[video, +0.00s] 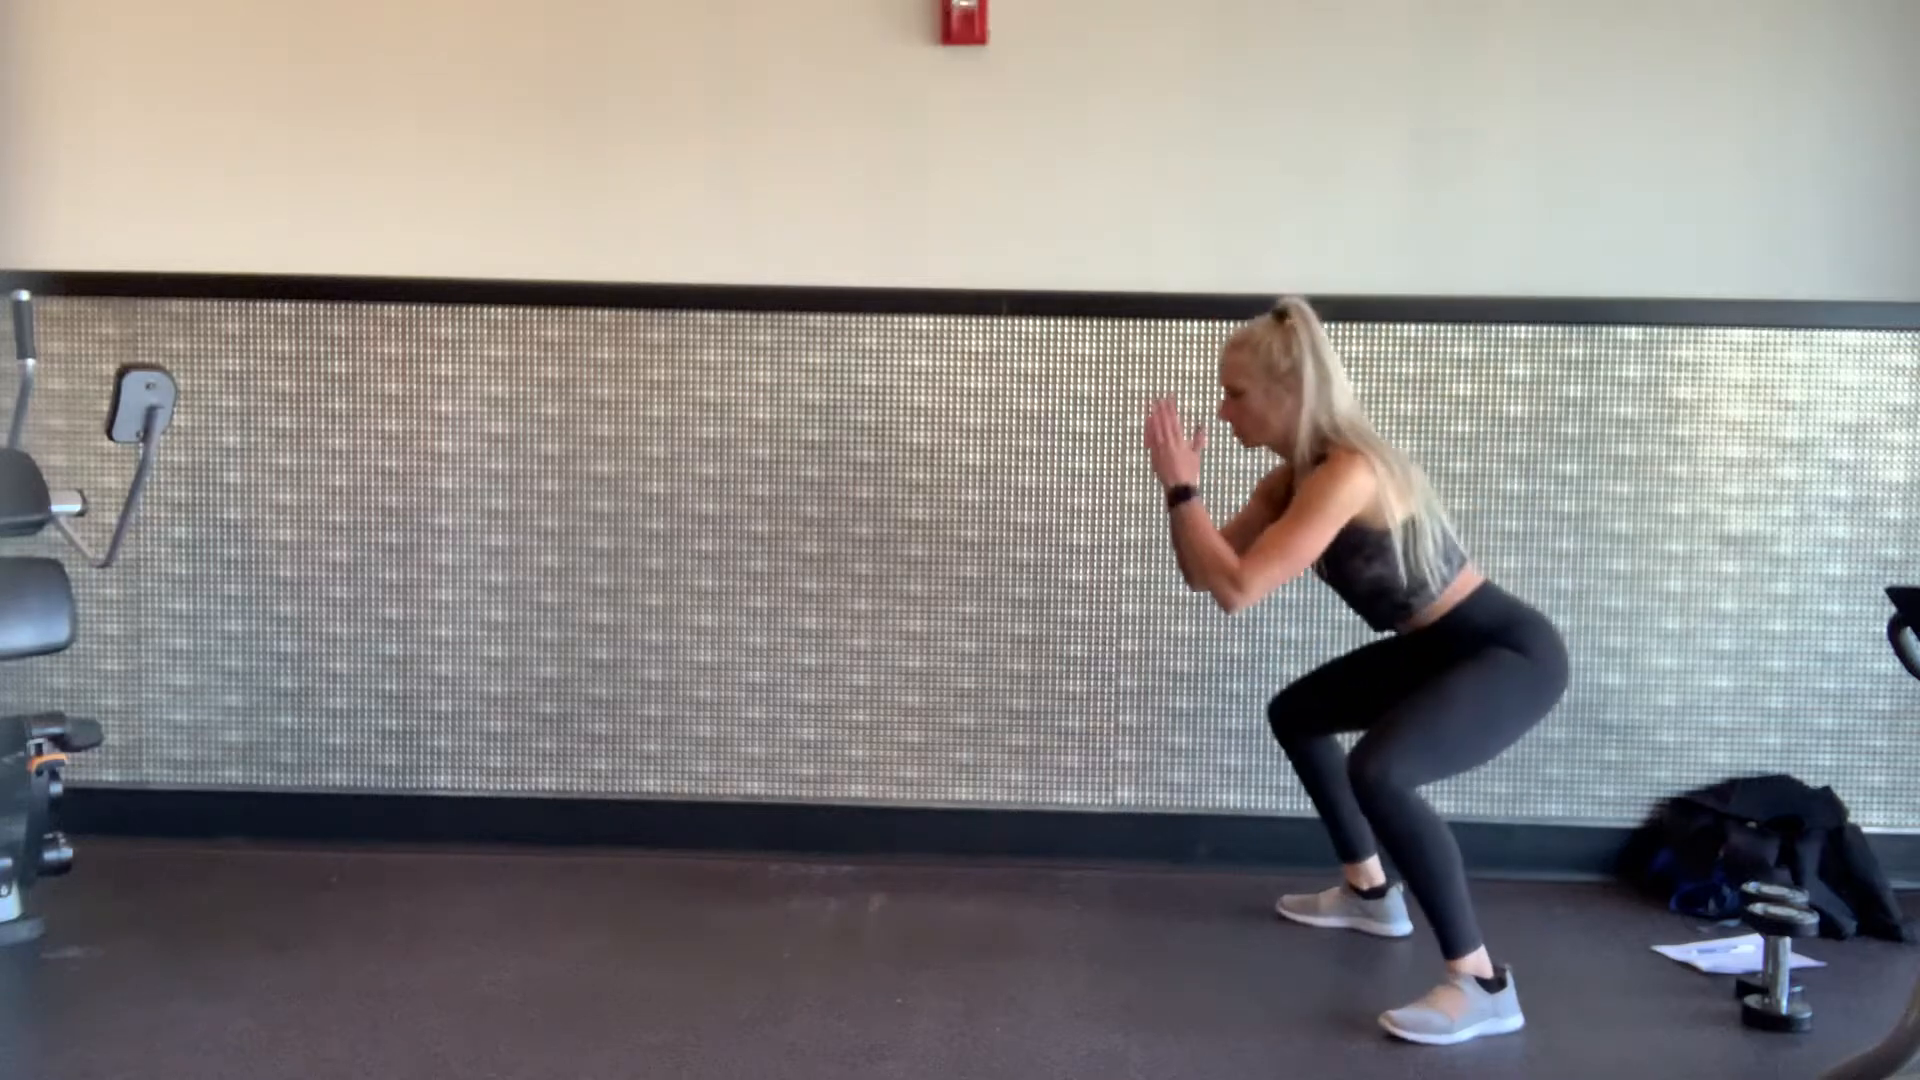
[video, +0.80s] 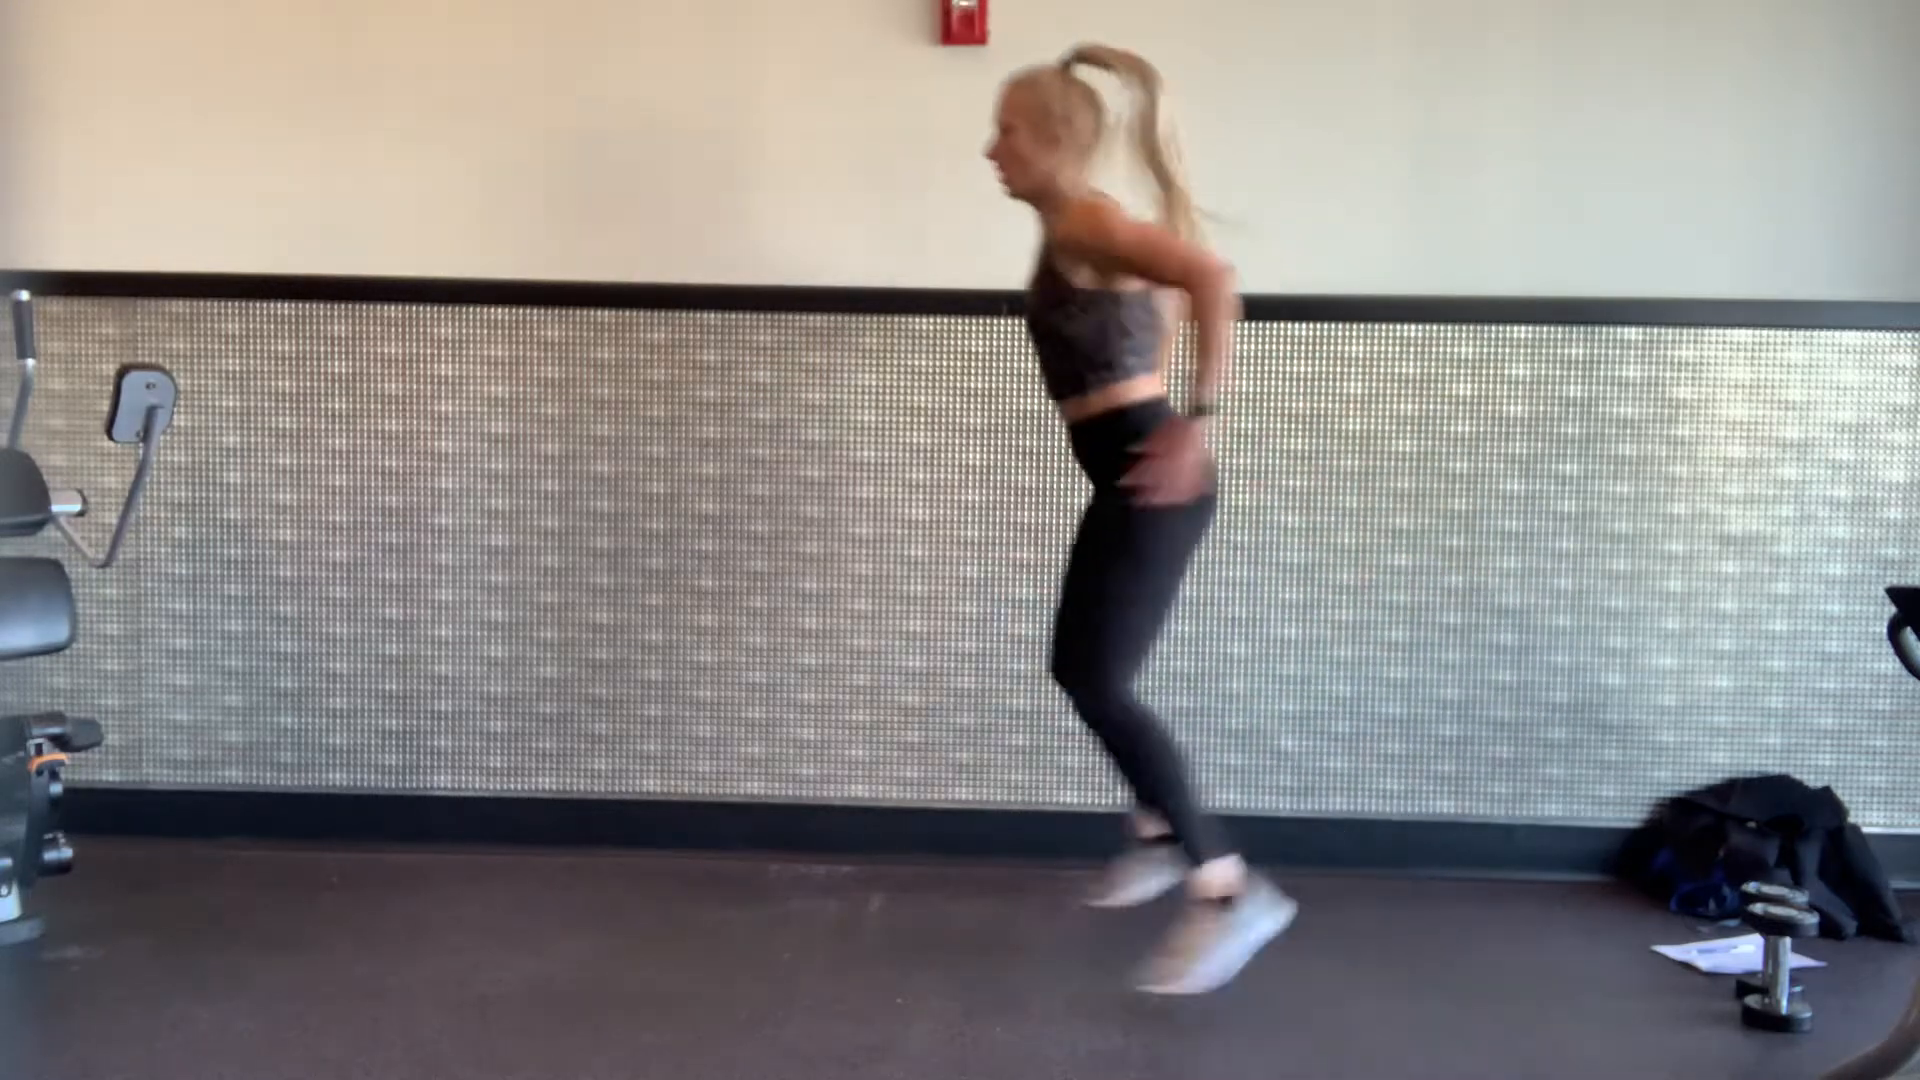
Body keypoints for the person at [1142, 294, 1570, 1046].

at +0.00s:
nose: (1222, 408)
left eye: (1234, 391)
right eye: (1224, 392)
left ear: (1287, 393)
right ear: (1282, 397)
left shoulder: (1346, 474)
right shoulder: (1293, 478)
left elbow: (1234, 588)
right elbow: (1212, 572)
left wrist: (1182, 492)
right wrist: (1180, 491)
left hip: (1510, 653)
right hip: (1437, 649)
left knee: (1379, 773)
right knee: (1295, 714)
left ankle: (1480, 980)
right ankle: (1370, 891)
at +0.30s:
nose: (1173, 430)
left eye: (1184, 414)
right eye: (1174, 415)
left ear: (1236, 417)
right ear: (1233, 417)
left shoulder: (1295, 492)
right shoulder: (1242, 497)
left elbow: (1188, 615)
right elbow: (1175, 593)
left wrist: (1091, 548)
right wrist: (1088, 547)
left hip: (1483, 652)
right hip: (1407, 654)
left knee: (1359, 781)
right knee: (1280, 721)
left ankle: (1478, 981)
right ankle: (1369, 889)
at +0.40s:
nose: (1150, 417)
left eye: (1162, 402)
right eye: (1150, 401)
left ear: (1213, 405)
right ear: (1207, 405)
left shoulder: (1273, 481)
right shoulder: (1225, 494)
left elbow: (1202, 630)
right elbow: (1170, 607)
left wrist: (1081, 638)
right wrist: (1078, 631)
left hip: (1456, 644)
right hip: (1393, 647)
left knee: (1335, 794)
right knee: (1264, 733)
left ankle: (1476, 979)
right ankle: (1370, 892)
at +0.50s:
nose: (1123, 380)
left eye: (1133, 364)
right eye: (1124, 363)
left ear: (1179, 368)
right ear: (1184, 370)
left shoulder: (1240, 449)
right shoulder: (1208, 453)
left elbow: (1267, 603)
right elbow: (1205, 584)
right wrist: (1135, 664)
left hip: (1406, 627)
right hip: (1352, 629)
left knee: (1309, 803)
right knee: (1242, 750)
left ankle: (1470, 975)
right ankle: (1363, 888)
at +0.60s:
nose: (1093, 288)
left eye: (1107, 273)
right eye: (1096, 271)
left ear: (1155, 283)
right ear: (1150, 282)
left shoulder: (1203, 367)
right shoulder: (1170, 366)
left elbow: (1320, 449)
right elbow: (1263, 463)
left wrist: (1320, 588)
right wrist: (1232, 557)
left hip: (1316, 582)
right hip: (1276, 582)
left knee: (1284, 800)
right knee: (1224, 750)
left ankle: (1466, 965)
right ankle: (1359, 878)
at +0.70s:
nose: (1059, 197)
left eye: (1072, 182)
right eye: (1062, 180)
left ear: (1119, 187)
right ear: (1121, 188)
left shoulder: (1154, 262)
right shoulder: (1136, 264)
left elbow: (1295, 285)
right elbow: (1252, 297)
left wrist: (1326, 418)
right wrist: (1234, 413)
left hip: (1211, 511)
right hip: (1183, 510)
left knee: (1205, 730)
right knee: (1164, 703)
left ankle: (1390, 904)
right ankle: (1300, 828)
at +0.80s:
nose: (993, 150)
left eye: (1008, 136)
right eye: (996, 133)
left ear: (1057, 146)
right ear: (1053, 145)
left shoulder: (1083, 221)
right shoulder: (1067, 225)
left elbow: (1209, 275)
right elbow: (1180, 284)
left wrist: (1201, 417)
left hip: (1151, 471)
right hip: (1127, 472)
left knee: (1096, 674)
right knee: (1081, 664)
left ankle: (1226, 883)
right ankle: (1162, 834)